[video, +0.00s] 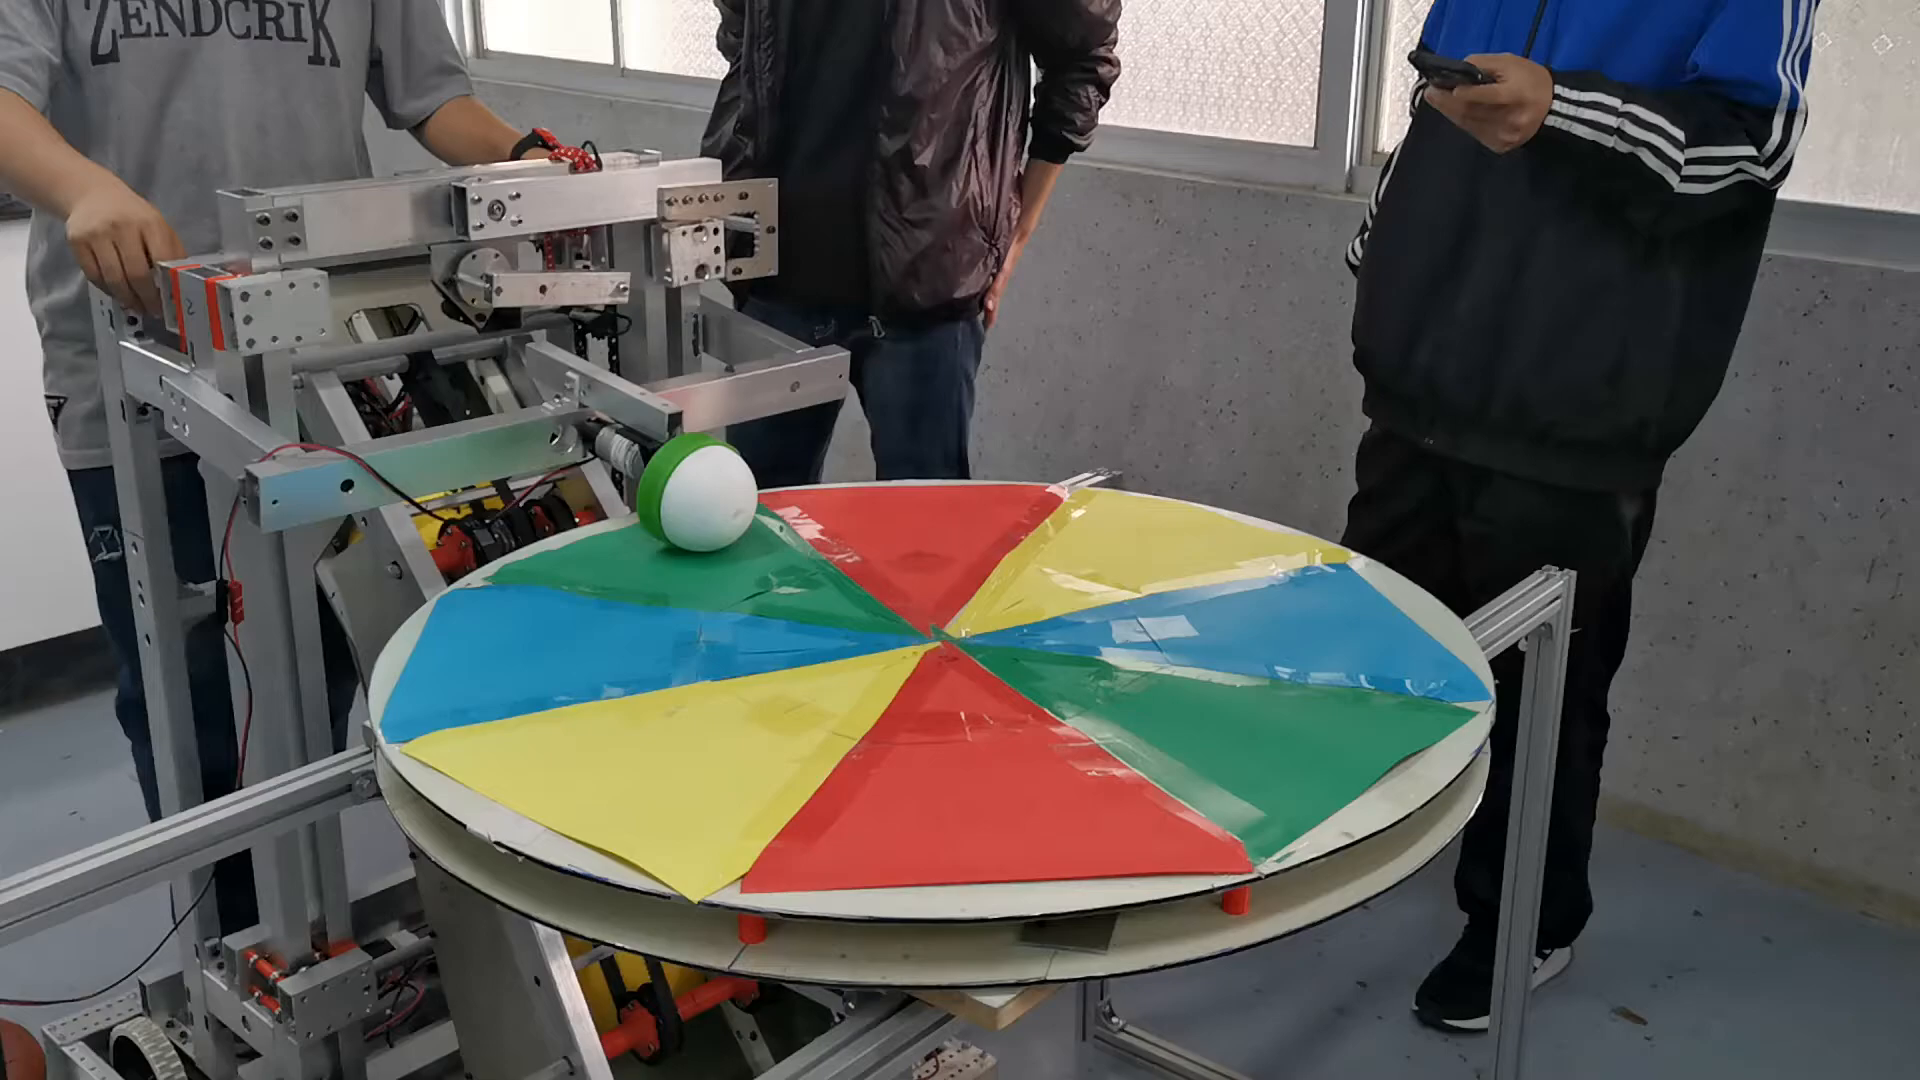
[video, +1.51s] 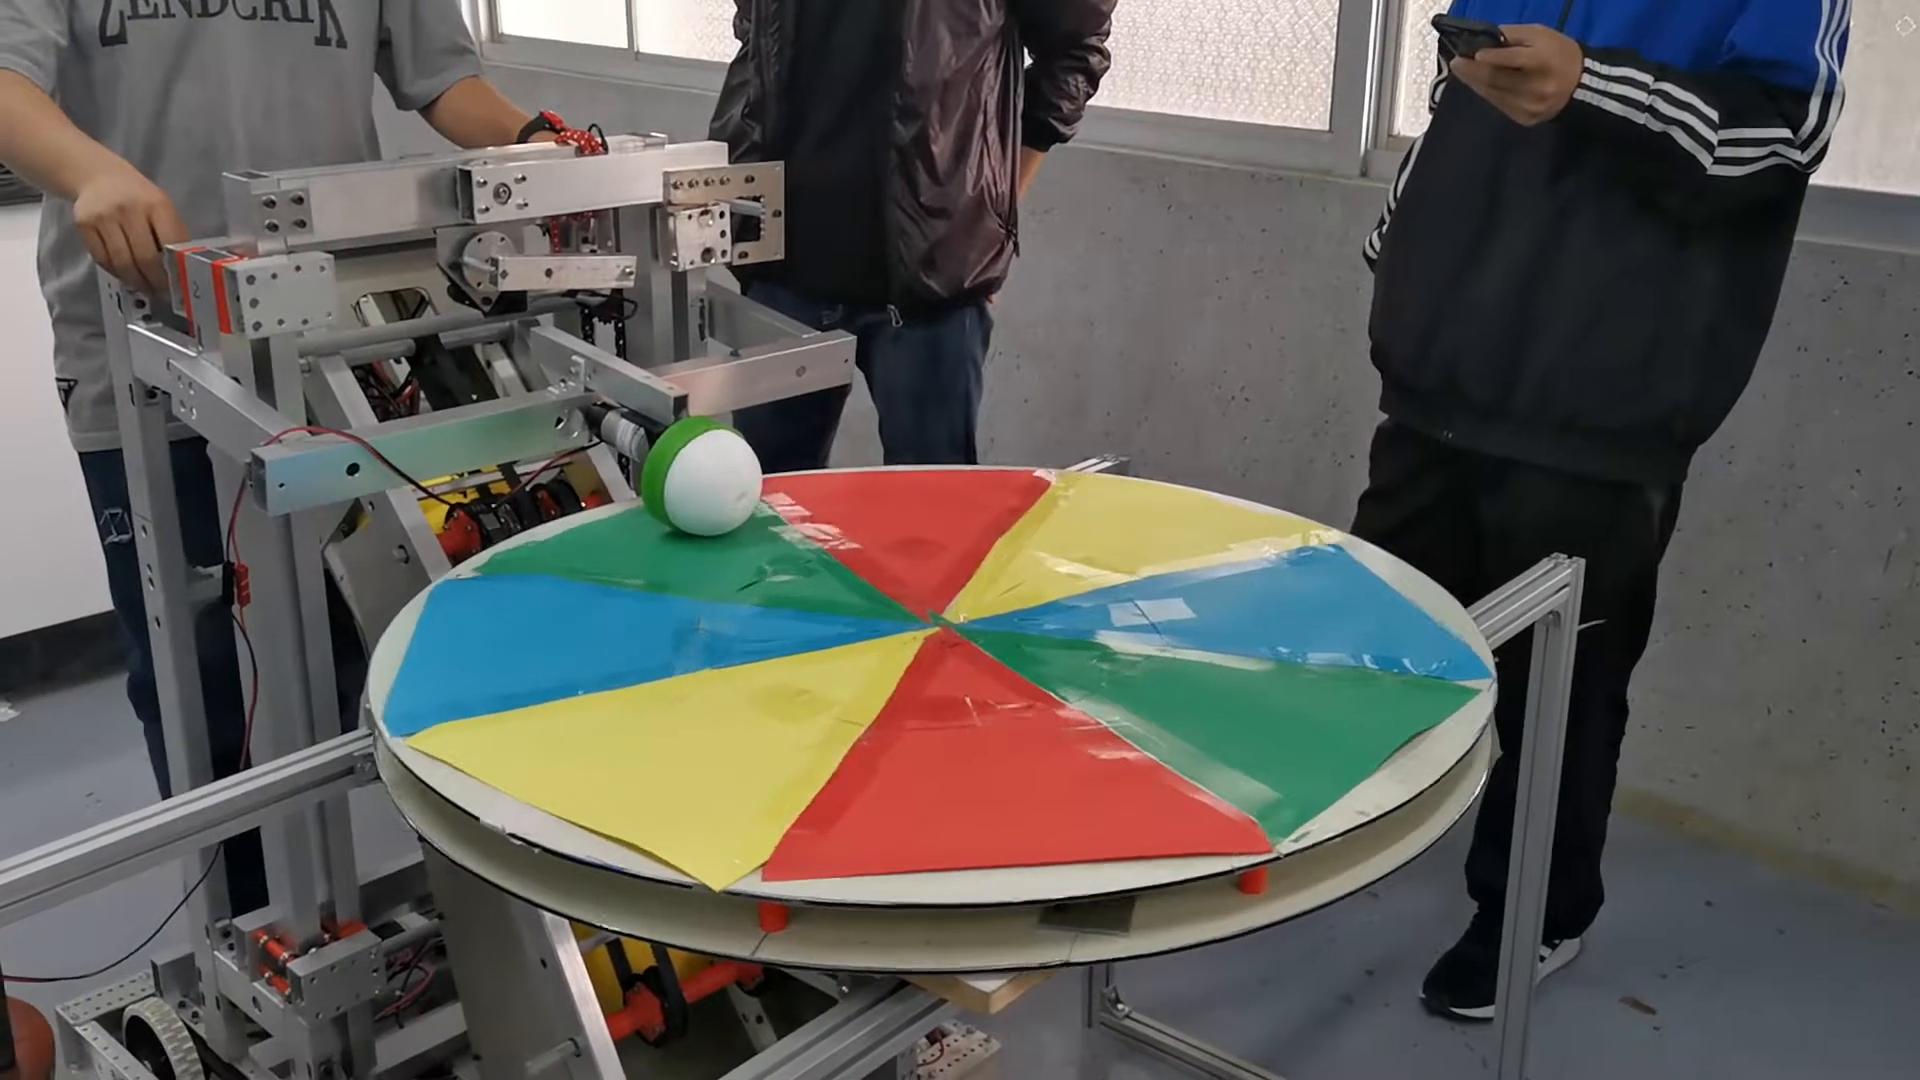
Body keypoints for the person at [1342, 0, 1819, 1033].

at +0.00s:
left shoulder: (1751, 4)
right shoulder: (1484, 5)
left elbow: (1751, 140)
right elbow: (1440, 103)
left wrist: (1555, 108)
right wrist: (1379, 257)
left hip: (1590, 381)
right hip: (1432, 343)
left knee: (1541, 677)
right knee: (1383, 635)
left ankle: (1522, 919)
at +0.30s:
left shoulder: (1754, 4)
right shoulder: (1484, 3)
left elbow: (1757, 143)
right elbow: (1441, 91)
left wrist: (1560, 106)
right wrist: (1382, 244)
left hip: (1587, 383)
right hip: (1426, 342)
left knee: (1539, 680)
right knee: (1371, 636)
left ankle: (1521, 921)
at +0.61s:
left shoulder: (1750, 5)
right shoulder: (1481, 3)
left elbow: (1750, 144)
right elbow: (1434, 93)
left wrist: (1557, 102)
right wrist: (1374, 250)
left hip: (1587, 379)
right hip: (1424, 339)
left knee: (1538, 678)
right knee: (1366, 635)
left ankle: (1520, 924)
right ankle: (1290, 859)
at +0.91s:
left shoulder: (1759, 4)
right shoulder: (1492, 6)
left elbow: (1759, 145)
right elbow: (1444, 114)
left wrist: (1557, 106)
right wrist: (1380, 257)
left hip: (1596, 386)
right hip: (1434, 348)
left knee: (1543, 681)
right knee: (1373, 638)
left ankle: (1519, 926)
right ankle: (1298, 859)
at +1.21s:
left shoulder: (1770, 5)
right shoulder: (1500, 5)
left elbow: (1768, 139)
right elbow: (1451, 105)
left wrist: (1568, 97)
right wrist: (1386, 256)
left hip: (1605, 378)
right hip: (1441, 340)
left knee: (1547, 676)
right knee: (1379, 632)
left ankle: (1520, 917)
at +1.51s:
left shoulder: (1784, 7)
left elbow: (1786, 131)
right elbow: (1463, 66)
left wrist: (1586, 85)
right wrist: (1395, 241)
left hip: (1618, 371)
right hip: (1453, 331)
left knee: (1558, 671)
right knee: (1385, 625)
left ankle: (1530, 912)